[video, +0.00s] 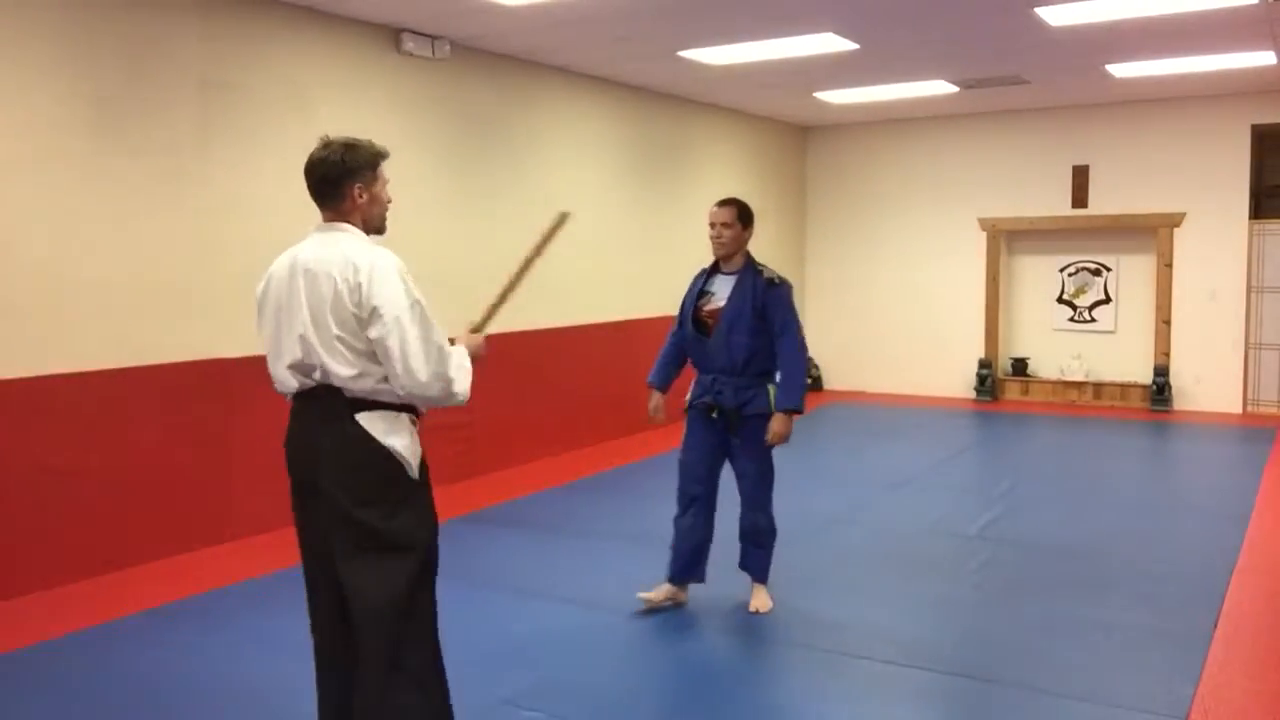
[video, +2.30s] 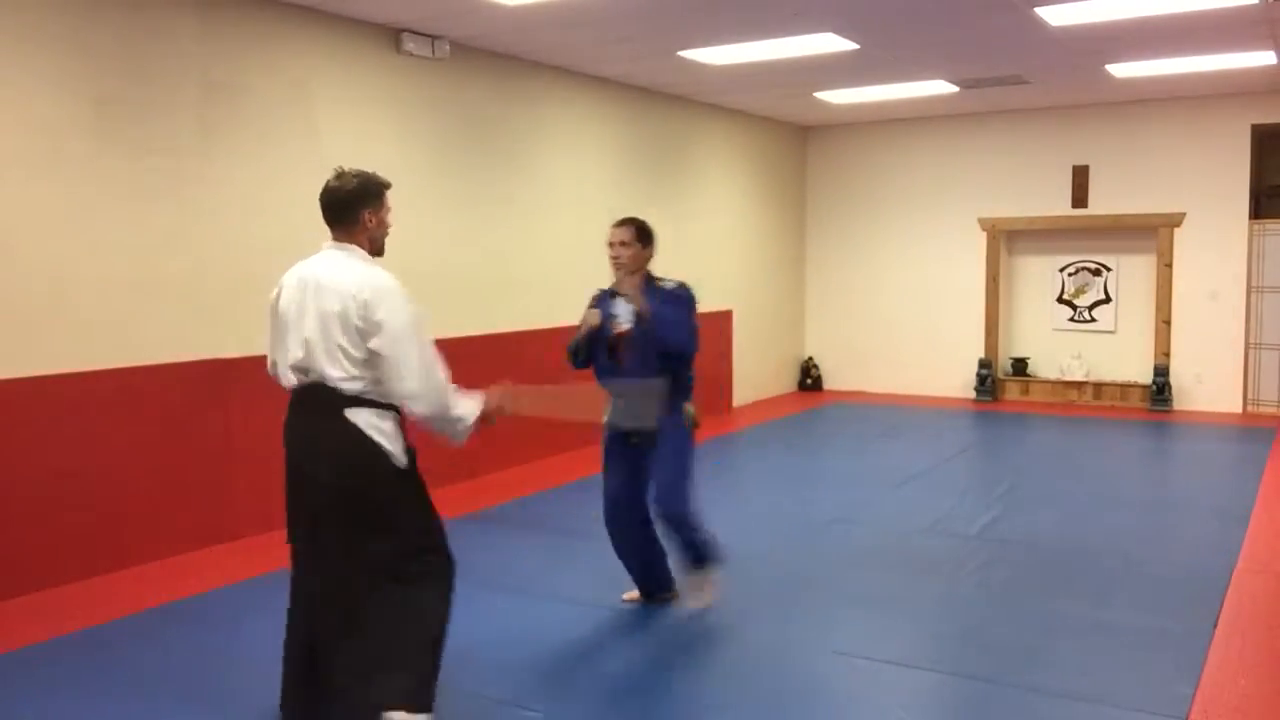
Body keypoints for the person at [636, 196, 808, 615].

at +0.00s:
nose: (716, 233)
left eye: (725, 227)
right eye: (712, 226)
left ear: (746, 231)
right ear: (708, 231)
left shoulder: (770, 287)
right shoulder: (702, 282)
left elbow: (792, 350)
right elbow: (681, 334)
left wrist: (786, 409)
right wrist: (658, 384)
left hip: (751, 408)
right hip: (705, 405)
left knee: (756, 499)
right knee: (692, 494)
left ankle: (759, 583)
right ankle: (677, 583)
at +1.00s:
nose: (690, 233)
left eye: (699, 225)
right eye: (686, 225)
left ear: (723, 231)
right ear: (682, 230)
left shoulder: (748, 286)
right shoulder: (678, 282)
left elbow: (766, 348)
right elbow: (657, 333)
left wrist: (733, 379)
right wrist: (637, 351)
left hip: (729, 416)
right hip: (681, 411)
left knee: (738, 509)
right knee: (663, 497)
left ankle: (748, 597)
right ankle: (671, 589)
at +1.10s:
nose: (698, 234)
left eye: (707, 226)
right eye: (694, 226)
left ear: (730, 232)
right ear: (691, 231)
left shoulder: (751, 284)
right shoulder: (682, 281)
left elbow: (757, 331)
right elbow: (646, 312)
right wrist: (630, 306)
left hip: (733, 407)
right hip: (687, 403)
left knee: (739, 505)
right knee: (664, 494)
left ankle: (747, 597)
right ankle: (674, 586)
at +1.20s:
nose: (699, 232)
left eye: (706, 225)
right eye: (697, 225)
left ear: (730, 230)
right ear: (696, 229)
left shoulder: (749, 277)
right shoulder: (682, 274)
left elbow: (755, 287)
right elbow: (630, 276)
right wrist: (615, 251)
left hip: (735, 403)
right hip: (688, 400)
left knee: (739, 502)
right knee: (670, 493)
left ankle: (747, 597)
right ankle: (679, 582)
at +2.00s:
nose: (683, 250)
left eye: (691, 243)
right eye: (679, 244)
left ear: (713, 247)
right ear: (676, 249)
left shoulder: (742, 294)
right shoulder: (666, 296)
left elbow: (757, 344)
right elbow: (627, 347)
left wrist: (727, 305)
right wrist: (641, 308)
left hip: (730, 413)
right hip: (681, 414)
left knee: (740, 491)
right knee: (654, 483)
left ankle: (757, 565)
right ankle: (658, 581)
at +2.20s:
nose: (640, 254)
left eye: (649, 246)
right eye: (636, 247)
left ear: (670, 251)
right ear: (632, 251)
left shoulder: (697, 298)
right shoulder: (622, 300)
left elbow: (715, 346)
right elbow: (593, 356)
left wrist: (681, 308)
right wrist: (603, 326)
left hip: (687, 416)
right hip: (640, 419)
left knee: (715, 489)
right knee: (631, 502)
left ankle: (749, 552)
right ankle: (657, 586)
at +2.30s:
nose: (617, 253)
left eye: (625, 245)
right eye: (612, 246)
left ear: (646, 250)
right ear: (608, 252)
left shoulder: (673, 296)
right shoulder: (604, 301)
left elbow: (683, 346)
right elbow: (579, 359)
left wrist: (643, 306)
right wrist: (587, 334)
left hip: (669, 419)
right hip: (622, 420)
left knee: (668, 502)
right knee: (621, 513)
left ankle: (702, 564)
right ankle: (656, 588)